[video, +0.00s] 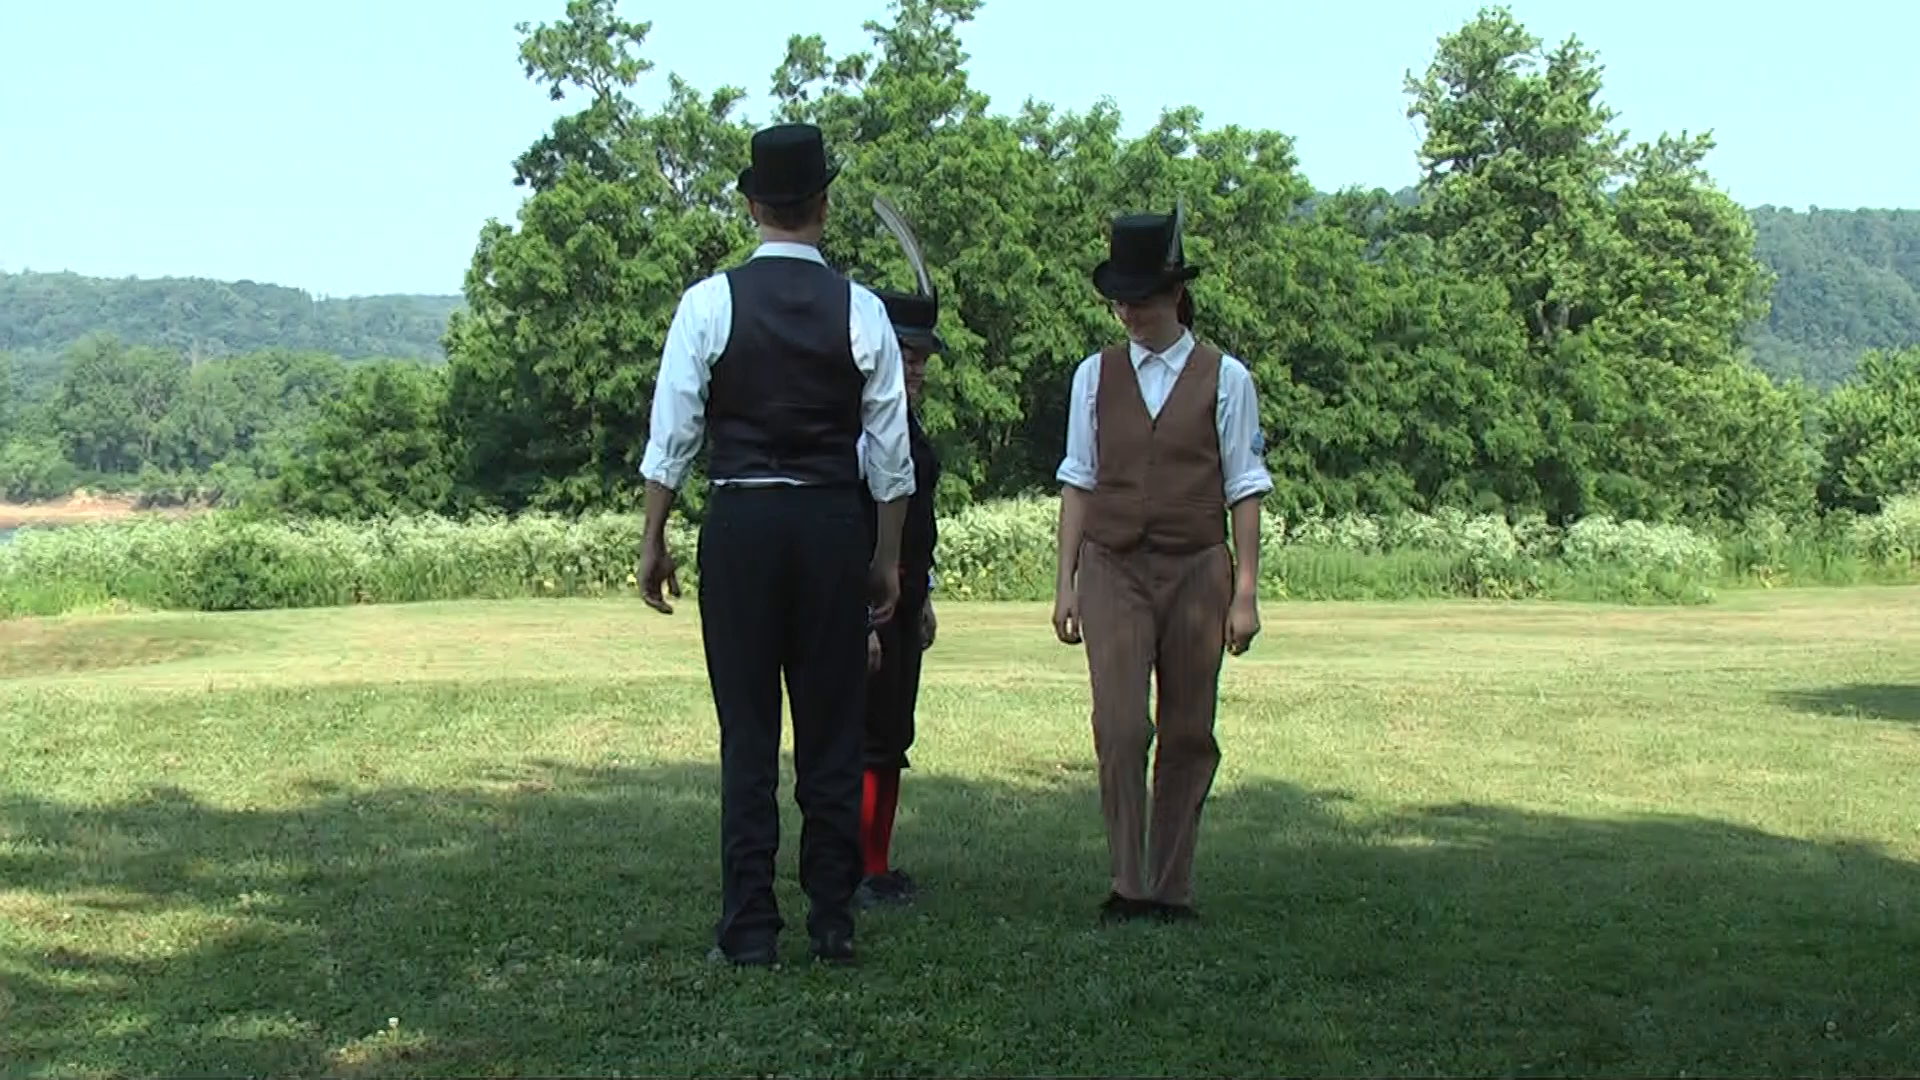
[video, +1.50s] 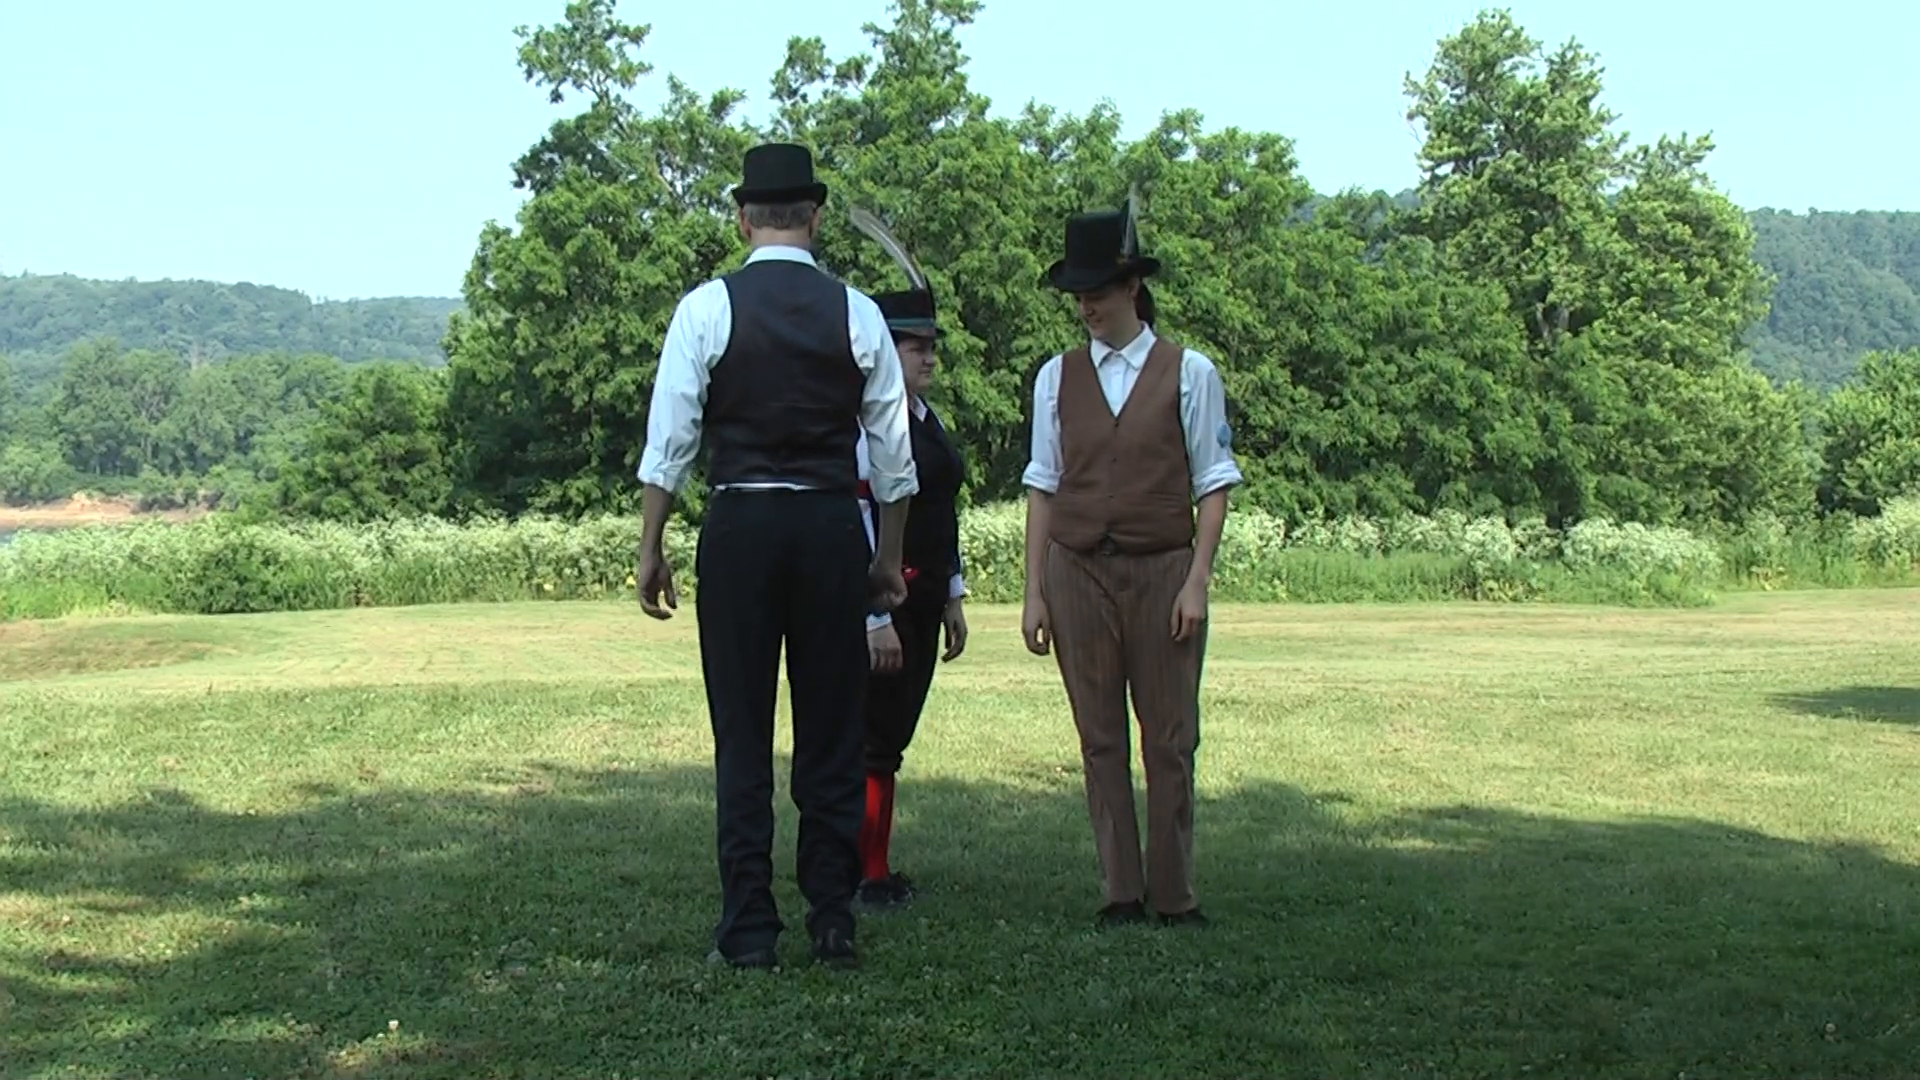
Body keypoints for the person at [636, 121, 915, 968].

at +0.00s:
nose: (777, 207)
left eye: (756, 197)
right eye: (812, 197)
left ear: (749, 205)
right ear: (824, 203)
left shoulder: (709, 301)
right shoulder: (863, 309)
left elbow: (675, 428)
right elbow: (890, 445)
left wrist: (653, 535)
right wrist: (889, 553)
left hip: (739, 533)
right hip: (836, 532)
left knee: (746, 739)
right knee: (831, 736)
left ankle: (748, 928)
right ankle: (834, 922)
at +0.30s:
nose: (806, 210)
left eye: (759, 201)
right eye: (815, 200)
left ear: (749, 209)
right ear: (823, 206)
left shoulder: (709, 304)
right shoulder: (863, 310)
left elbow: (674, 427)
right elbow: (895, 443)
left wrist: (652, 537)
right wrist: (889, 553)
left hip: (738, 535)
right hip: (835, 533)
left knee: (744, 738)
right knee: (831, 735)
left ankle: (748, 930)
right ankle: (833, 924)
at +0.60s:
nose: (778, 218)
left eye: (755, 207)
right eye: (808, 206)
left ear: (747, 212)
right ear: (821, 210)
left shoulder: (712, 303)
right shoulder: (863, 310)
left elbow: (674, 425)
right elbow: (893, 441)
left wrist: (654, 538)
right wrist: (886, 548)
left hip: (740, 533)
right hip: (835, 532)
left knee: (743, 736)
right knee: (831, 732)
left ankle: (749, 929)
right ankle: (835, 922)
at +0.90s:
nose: (792, 222)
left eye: (748, 212)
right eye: (810, 210)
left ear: (743, 216)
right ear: (816, 214)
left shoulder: (711, 304)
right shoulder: (860, 309)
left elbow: (677, 430)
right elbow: (891, 442)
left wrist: (656, 542)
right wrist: (883, 546)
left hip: (742, 535)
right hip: (837, 534)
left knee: (746, 738)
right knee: (832, 735)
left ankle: (750, 929)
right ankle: (835, 923)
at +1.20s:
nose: (756, 223)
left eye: (746, 213)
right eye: (796, 213)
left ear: (741, 218)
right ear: (814, 217)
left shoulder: (708, 308)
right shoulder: (858, 312)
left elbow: (675, 435)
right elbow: (893, 445)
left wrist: (656, 549)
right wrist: (889, 552)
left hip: (740, 536)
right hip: (835, 534)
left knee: (744, 739)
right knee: (831, 737)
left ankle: (749, 930)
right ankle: (834, 923)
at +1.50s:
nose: (753, 222)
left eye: (745, 212)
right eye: (797, 212)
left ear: (742, 218)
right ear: (814, 216)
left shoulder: (708, 307)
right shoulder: (859, 312)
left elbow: (671, 432)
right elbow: (893, 445)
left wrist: (650, 544)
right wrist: (890, 551)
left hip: (738, 537)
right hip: (834, 535)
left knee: (741, 741)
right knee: (831, 737)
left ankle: (748, 929)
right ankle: (835, 923)